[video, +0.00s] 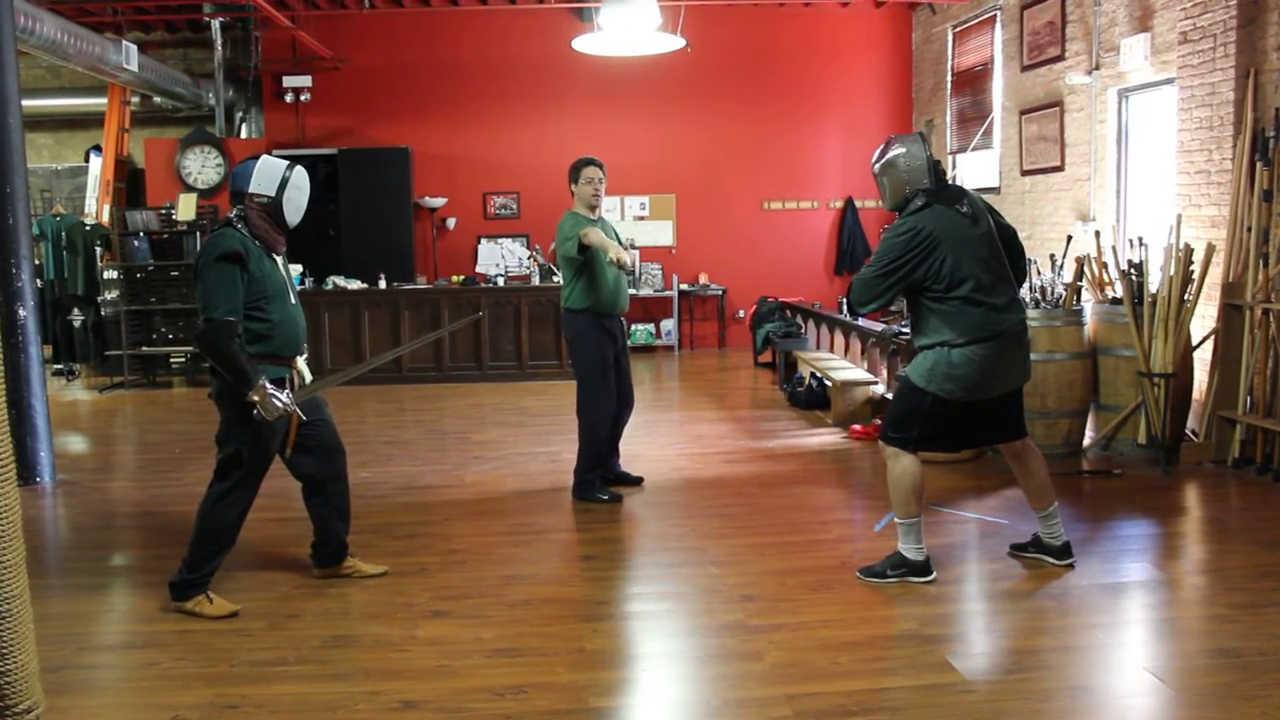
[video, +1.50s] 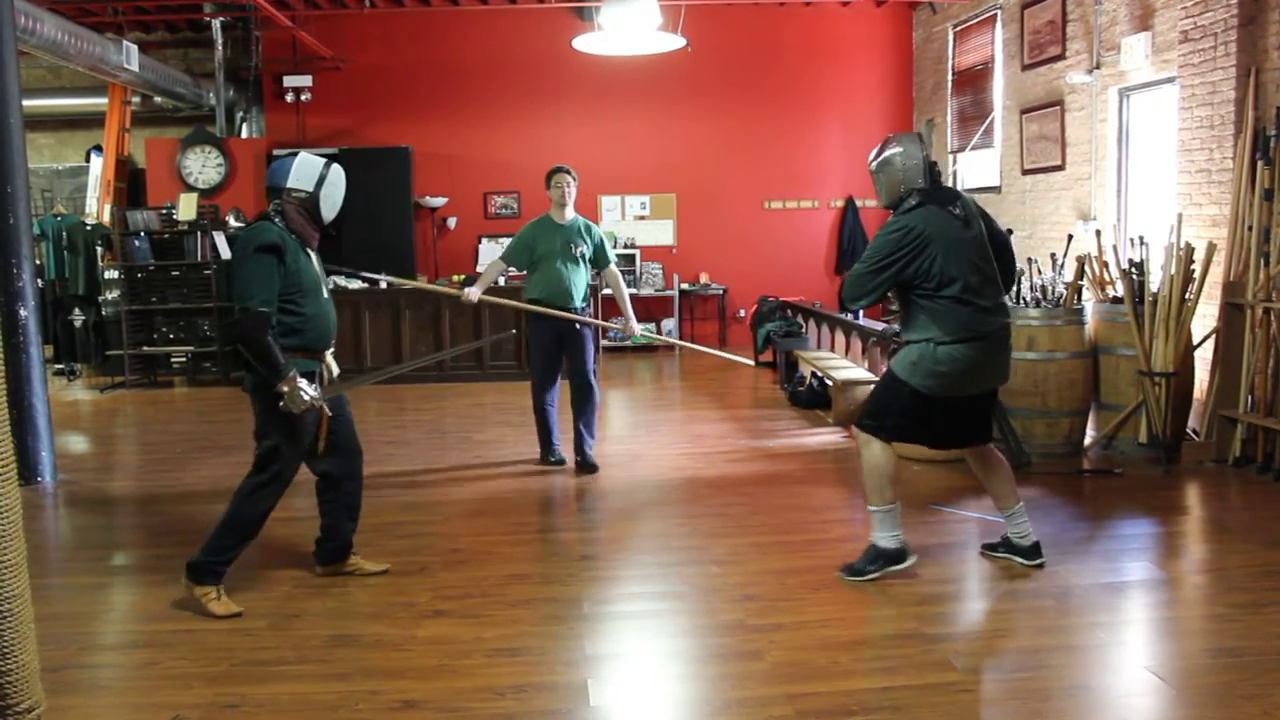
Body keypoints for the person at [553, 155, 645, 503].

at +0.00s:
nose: (597, 187)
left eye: (601, 181)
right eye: (589, 181)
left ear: (606, 186)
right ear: (573, 188)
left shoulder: (607, 226)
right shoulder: (570, 221)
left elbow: (622, 256)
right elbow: (590, 236)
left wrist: (625, 254)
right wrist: (613, 249)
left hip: (612, 320)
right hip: (585, 321)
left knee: (622, 399)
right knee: (597, 401)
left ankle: (608, 468)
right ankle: (586, 482)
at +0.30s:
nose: (597, 183)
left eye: (599, 179)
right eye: (588, 178)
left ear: (603, 186)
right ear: (572, 186)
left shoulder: (606, 226)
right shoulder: (570, 220)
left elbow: (628, 263)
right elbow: (585, 229)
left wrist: (649, 292)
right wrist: (614, 230)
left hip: (613, 322)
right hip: (585, 323)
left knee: (622, 401)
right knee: (595, 402)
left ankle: (600, 461)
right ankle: (585, 481)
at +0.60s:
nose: (601, 182)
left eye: (605, 177)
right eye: (593, 177)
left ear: (611, 183)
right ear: (581, 183)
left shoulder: (613, 226)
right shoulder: (575, 216)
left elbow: (632, 267)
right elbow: (556, 203)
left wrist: (654, 296)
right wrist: (556, 173)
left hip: (609, 318)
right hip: (580, 316)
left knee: (611, 396)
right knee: (585, 396)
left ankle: (596, 465)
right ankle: (586, 479)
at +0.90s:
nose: (600, 184)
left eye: (605, 180)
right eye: (594, 179)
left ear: (608, 188)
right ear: (579, 184)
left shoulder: (615, 229)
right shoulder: (561, 215)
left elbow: (636, 270)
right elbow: (524, 205)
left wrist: (659, 301)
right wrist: (526, 171)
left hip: (604, 317)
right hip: (568, 315)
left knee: (605, 393)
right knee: (565, 393)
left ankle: (597, 463)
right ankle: (559, 465)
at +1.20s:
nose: (584, 188)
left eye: (588, 184)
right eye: (577, 184)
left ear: (594, 192)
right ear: (564, 190)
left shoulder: (603, 234)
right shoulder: (546, 224)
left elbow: (624, 276)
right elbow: (507, 244)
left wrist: (642, 312)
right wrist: (495, 230)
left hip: (592, 319)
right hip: (556, 316)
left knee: (598, 389)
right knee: (551, 385)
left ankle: (597, 462)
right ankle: (546, 442)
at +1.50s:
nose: (565, 189)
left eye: (569, 185)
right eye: (559, 185)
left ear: (576, 191)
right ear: (548, 192)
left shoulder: (591, 232)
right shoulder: (533, 230)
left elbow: (612, 274)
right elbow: (501, 263)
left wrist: (629, 316)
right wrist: (477, 287)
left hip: (579, 314)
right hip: (541, 315)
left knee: (585, 381)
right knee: (544, 384)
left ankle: (585, 452)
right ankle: (549, 448)